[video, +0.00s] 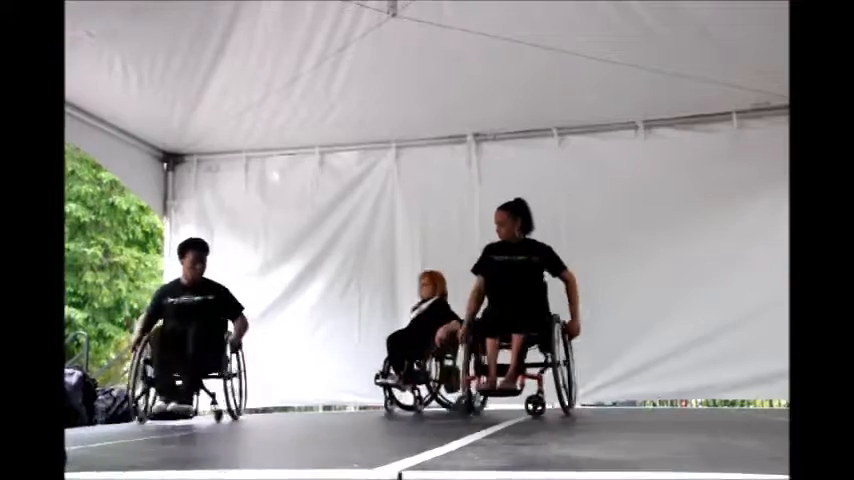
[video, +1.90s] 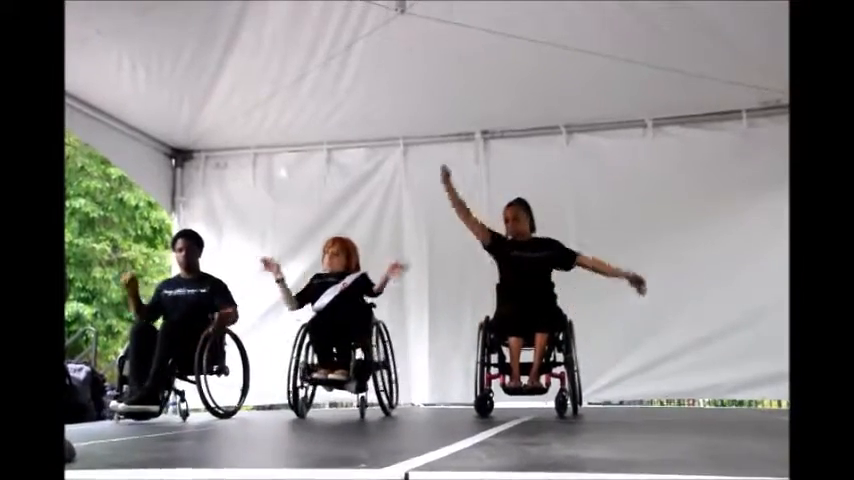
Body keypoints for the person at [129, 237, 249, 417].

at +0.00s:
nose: (200, 266)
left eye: (203, 262)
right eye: (195, 261)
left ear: (206, 262)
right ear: (182, 261)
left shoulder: (217, 292)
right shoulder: (166, 292)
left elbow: (241, 321)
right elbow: (148, 318)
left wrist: (236, 338)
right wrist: (138, 338)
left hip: (208, 352)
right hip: (177, 352)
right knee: (158, 336)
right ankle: (165, 399)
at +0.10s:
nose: (197, 265)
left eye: (200, 260)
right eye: (192, 260)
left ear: (204, 261)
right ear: (180, 260)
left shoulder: (217, 291)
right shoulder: (166, 293)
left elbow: (239, 321)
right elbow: (149, 321)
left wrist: (229, 339)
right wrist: (135, 339)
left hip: (208, 354)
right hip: (177, 353)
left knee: (186, 333)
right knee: (151, 334)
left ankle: (171, 399)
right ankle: (155, 400)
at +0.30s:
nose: (188, 263)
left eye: (193, 258)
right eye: (184, 258)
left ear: (200, 260)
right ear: (175, 259)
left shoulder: (212, 288)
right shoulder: (167, 292)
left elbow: (229, 317)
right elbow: (155, 320)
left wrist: (213, 336)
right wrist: (133, 337)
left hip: (201, 353)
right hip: (172, 351)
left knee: (164, 335)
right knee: (137, 335)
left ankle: (149, 400)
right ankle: (133, 399)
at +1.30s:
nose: (187, 257)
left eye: (192, 252)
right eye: (182, 252)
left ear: (201, 255)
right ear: (176, 255)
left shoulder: (211, 286)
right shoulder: (167, 288)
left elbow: (218, 315)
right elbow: (142, 310)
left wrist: (204, 340)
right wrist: (121, 326)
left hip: (200, 350)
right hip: (172, 349)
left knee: (161, 330)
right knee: (136, 332)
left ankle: (145, 397)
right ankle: (131, 396)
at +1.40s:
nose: (184, 257)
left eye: (189, 252)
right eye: (180, 252)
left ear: (199, 255)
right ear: (175, 255)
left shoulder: (211, 285)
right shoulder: (167, 287)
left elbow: (218, 314)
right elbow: (147, 301)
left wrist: (203, 339)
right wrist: (136, 306)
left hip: (199, 349)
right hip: (171, 347)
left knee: (162, 329)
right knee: (136, 331)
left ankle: (144, 397)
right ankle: (130, 394)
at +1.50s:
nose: (181, 255)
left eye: (186, 250)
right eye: (177, 251)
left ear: (196, 253)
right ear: (172, 255)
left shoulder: (210, 284)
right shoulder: (168, 286)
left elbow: (219, 312)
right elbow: (139, 302)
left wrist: (205, 337)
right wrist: (148, 288)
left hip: (200, 350)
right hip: (172, 348)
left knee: (163, 328)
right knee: (137, 330)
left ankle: (146, 395)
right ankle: (131, 394)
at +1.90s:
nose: (184, 255)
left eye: (189, 249)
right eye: (179, 250)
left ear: (199, 252)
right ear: (174, 254)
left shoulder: (213, 285)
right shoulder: (166, 287)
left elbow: (231, 314)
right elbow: (145, 317)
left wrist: (220, 319)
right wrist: (133, 294)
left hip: (204, 352)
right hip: (173, 349)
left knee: (170, 329)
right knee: (141, 329)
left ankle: (151, 396)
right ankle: (136, 396)